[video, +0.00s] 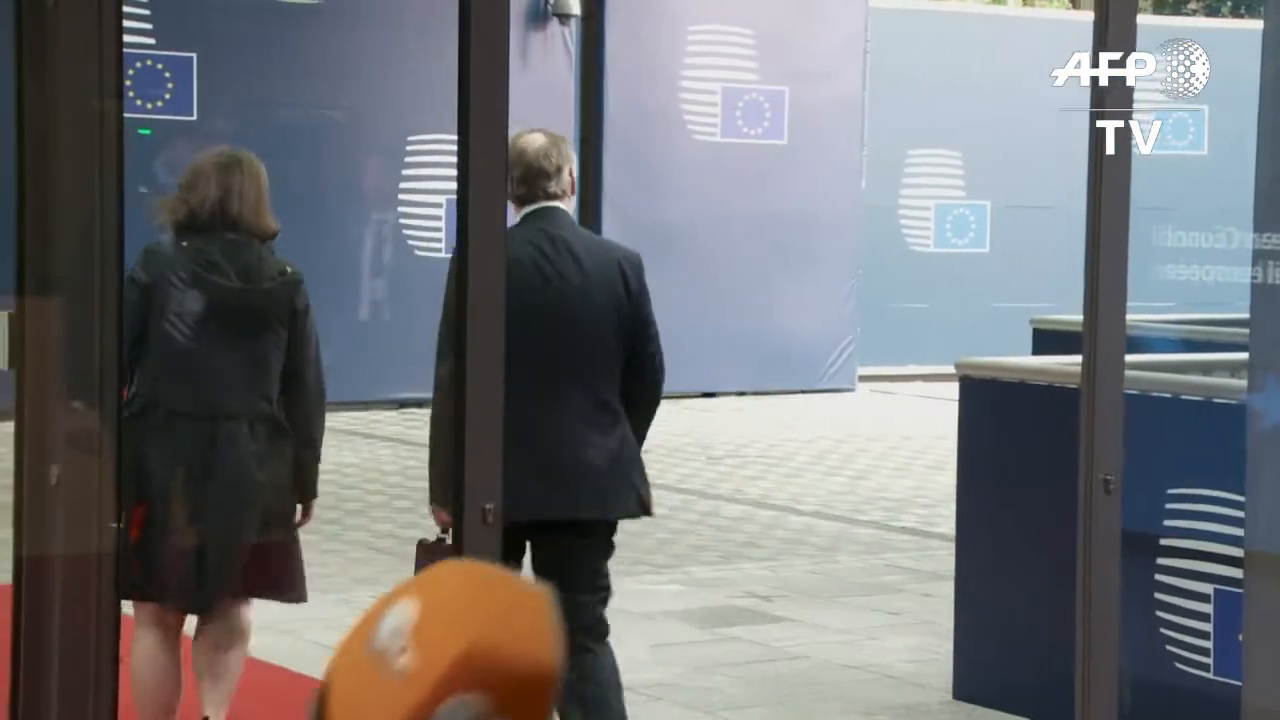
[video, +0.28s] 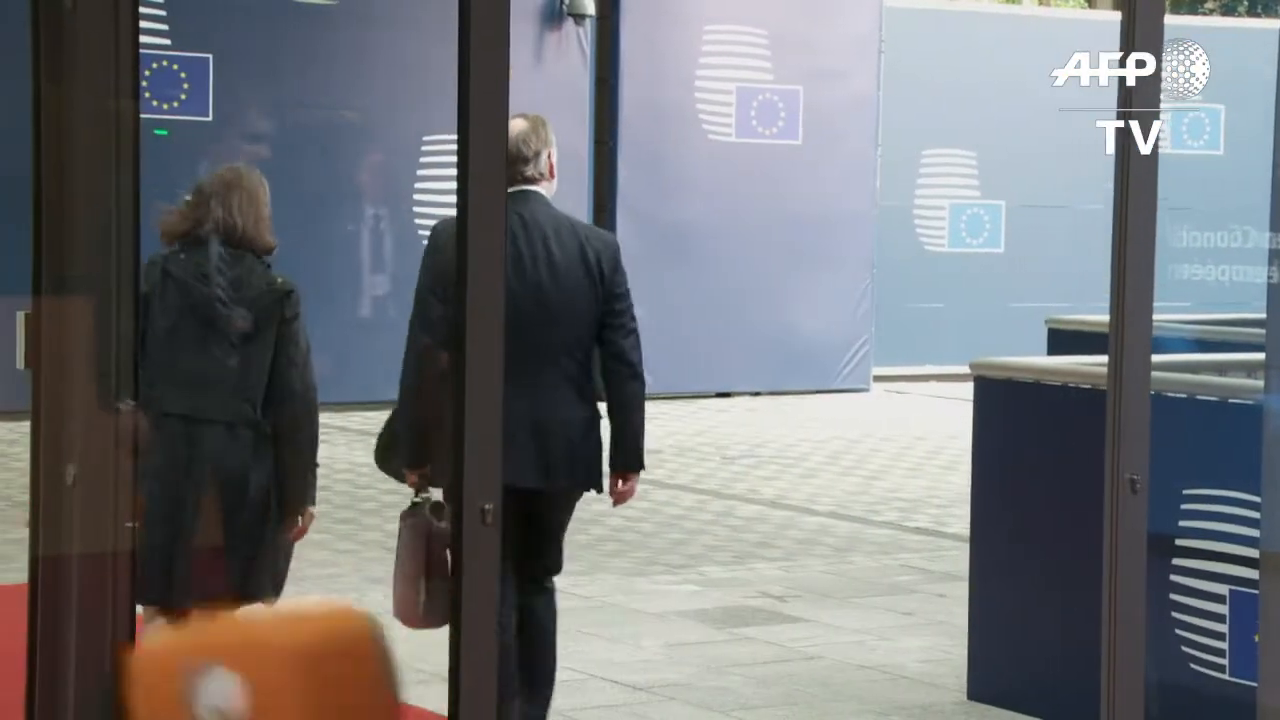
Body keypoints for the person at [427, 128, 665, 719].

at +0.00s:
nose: (574, 183)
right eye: (573, 176)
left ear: (509, 190)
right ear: (569, 183)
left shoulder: (476, 260)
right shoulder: (618, 263)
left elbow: (450, 382)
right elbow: (646, 377)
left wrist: (444, 489)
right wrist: (616, 451)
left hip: (491, 478)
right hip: (586, 476)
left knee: (491, 635)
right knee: (585, 633)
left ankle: (494, 716)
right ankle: (599, 717)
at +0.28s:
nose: (556, 167)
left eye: (549, 158)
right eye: (555, 159)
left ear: (489, 167)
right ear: (548, 167)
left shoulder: (453, 239)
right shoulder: (595, 246)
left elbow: (426, 350)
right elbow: (623, 359)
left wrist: (414, 448)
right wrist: (627, 453)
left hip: (477, 452)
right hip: (561, 456)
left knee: (486, 587)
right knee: (538, 583)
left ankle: (492, 710)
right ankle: (531, 709)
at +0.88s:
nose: (538, 174)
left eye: (534, 165)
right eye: (537, 166)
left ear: (474, 172)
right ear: (529, 174)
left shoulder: (439, 230)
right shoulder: (563, 245)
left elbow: (407, 321)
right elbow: (586, 340)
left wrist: (390, 404)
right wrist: (559, 397)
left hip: (443, 424)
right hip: (526, 426)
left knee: (442, 540)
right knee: (510, 564)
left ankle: (431, 677)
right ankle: (488, 705)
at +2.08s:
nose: (533, 196)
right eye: (533, 190)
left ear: (483, 189)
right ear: (528, 191)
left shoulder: (441, 235)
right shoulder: (549, 246)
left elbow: (415, 314)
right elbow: (574, 322)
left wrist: (418, 379)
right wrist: (568, 380)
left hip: (448, 395)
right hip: (515, 398)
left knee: (457, 490)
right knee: (499, 505)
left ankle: (452, 593)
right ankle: (473, 625)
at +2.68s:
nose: (555, 198)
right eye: (556, 192)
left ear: (510, 192)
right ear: (552, 193)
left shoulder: (473, 237)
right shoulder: (571, 243)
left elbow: (453, 312)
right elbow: (587, 321)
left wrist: (450, 375)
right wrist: (588, 384)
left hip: (486, 383)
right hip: (547, 384)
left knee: (486, 484)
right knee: (547, 476)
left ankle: (488, 593)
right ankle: (554, 570)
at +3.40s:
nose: (606, 201)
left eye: (604, 195)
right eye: (605, 195)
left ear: (562, 200)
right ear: (599, 199)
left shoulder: (529, 243)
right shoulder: (611, 246)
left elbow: (510, 313)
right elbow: (621, 317)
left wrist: (503, 370)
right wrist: (620, 370)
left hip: (540, 377)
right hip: (592, 377)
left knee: (554, 461)